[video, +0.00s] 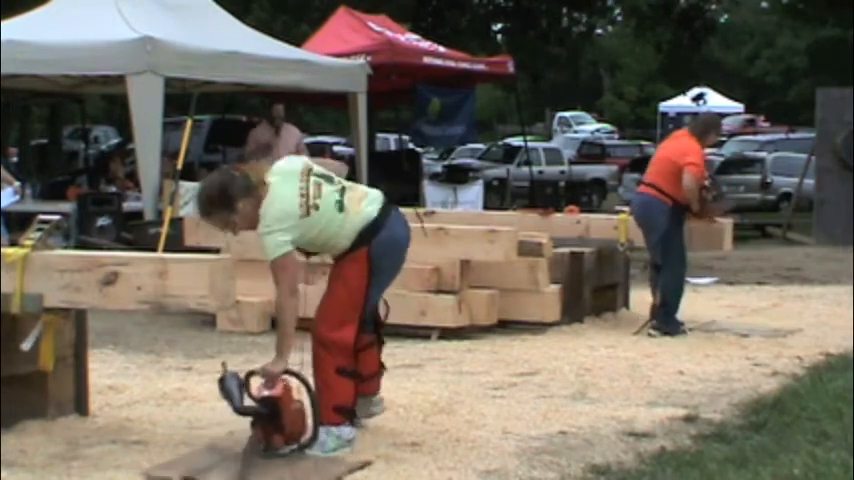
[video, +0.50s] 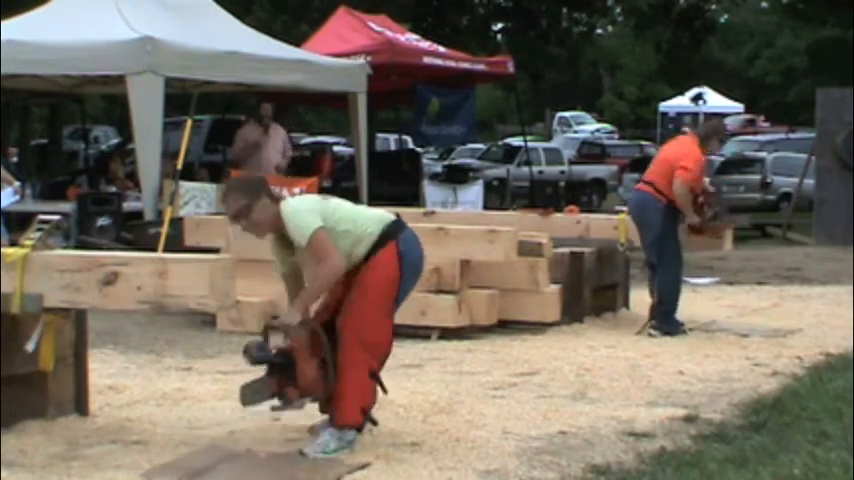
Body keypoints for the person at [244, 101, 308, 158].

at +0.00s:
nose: (278, 120)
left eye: (280, 117)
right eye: (275, 117)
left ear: (284, 116)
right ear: (270, 115)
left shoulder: (293, 132)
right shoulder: (257, 133)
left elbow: (304, 156)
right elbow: (248, 157)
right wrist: (262, 150)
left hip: (288, 173)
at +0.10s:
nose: (275, 120)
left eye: (278, 117)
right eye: (272, 117)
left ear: (282, 117)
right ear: (268, 116)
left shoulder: (292, 133)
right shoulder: (255, 131)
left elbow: (300, 153)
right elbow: (245, 157)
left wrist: (292, 165)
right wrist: (260, 150)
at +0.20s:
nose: (273, 119)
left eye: (275, 116)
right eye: (270, 116)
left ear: (279, 116)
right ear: (265, 115)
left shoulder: (288, 132)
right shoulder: (253, 130)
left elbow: (296, 152)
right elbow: (243, 155)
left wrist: (289, 165)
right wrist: (260, 146)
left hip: (280, 177)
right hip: (256, 176)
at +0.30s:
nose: (270, 119)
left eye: (273, 116)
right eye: (268, 116)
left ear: (277, 115)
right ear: (263, 115)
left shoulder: (285, 131)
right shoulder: (251, 130)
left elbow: (294, 152)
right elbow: (241, 155)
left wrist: (287, 164)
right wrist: (257, 146)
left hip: (278, 177)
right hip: (254, 176)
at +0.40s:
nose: (268, 119)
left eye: (270, 116)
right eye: (265, 116)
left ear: (274, 116)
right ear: (260, 115)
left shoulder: (282, 132)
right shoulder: (247, 131)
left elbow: (290, 152)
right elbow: (238, 154)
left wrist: (284, 165)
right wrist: (254, 147)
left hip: (275, 177)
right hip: (251, 176)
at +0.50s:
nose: (266, 119)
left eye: (268, 116)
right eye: (263, 115)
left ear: (272, 115)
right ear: (257, 114)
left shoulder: (279, 132)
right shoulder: (246, 131)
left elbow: (288, 152)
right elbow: (236, 156)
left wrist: (282, 165)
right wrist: (252, 147)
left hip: (273, 177)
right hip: (249, 177)